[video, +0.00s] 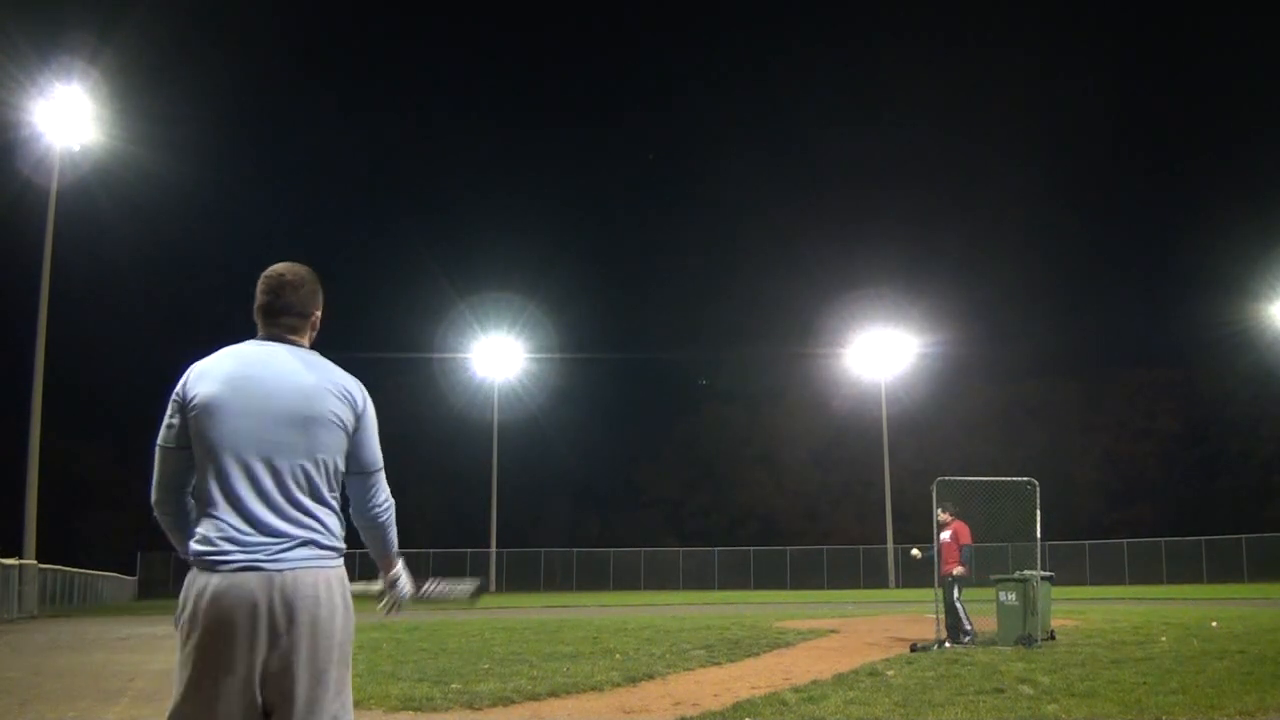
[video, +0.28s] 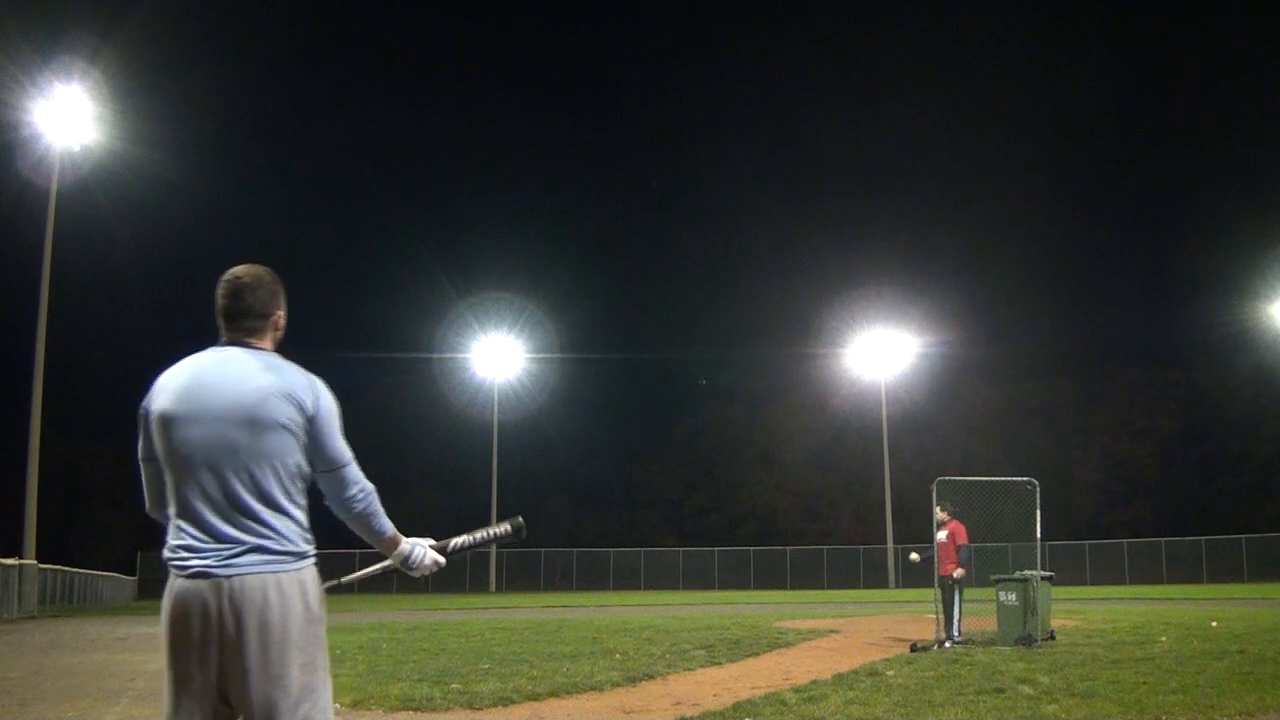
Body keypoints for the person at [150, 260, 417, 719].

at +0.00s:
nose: (315, 319)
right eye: (316, 313)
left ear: (257, 314)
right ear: (315, 318)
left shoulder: (201, 376)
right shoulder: (346, 388)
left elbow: (167, 498)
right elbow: (371, 501)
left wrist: (207, 559)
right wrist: (391, 567)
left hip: (220, 591)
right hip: (316, 589)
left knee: (209, 713)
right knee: (318, 713)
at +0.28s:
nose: (283, 320)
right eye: (283, 313)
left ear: (221, 317)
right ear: (278, 319)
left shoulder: (164, 389)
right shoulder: (304, 388)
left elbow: (158, 503)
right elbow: (348, 490)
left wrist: (213, 532)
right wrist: (401, 549)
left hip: (189, 592)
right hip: (278, 592)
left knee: (192, 713)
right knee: (294, 712)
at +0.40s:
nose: (257, 318)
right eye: (256, 310)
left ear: (193, 316)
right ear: (250, 315)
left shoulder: (144, 387)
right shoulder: (275, 383)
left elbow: (189, 480)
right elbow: (329, 483)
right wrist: (386, 546)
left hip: (166, 587)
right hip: (254, 589)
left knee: (169, 713)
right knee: (271, 711)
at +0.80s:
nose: (211, 314)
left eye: (210, 306)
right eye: (211, 306)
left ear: (150, 313)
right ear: (205, 311)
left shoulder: (106, 383)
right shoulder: (214, 379)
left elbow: (149, 471)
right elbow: (279, 477)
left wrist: (228, 479)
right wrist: (358, 543)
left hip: (121, 590)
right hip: (204, 588)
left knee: (134, 713)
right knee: (232, 711)